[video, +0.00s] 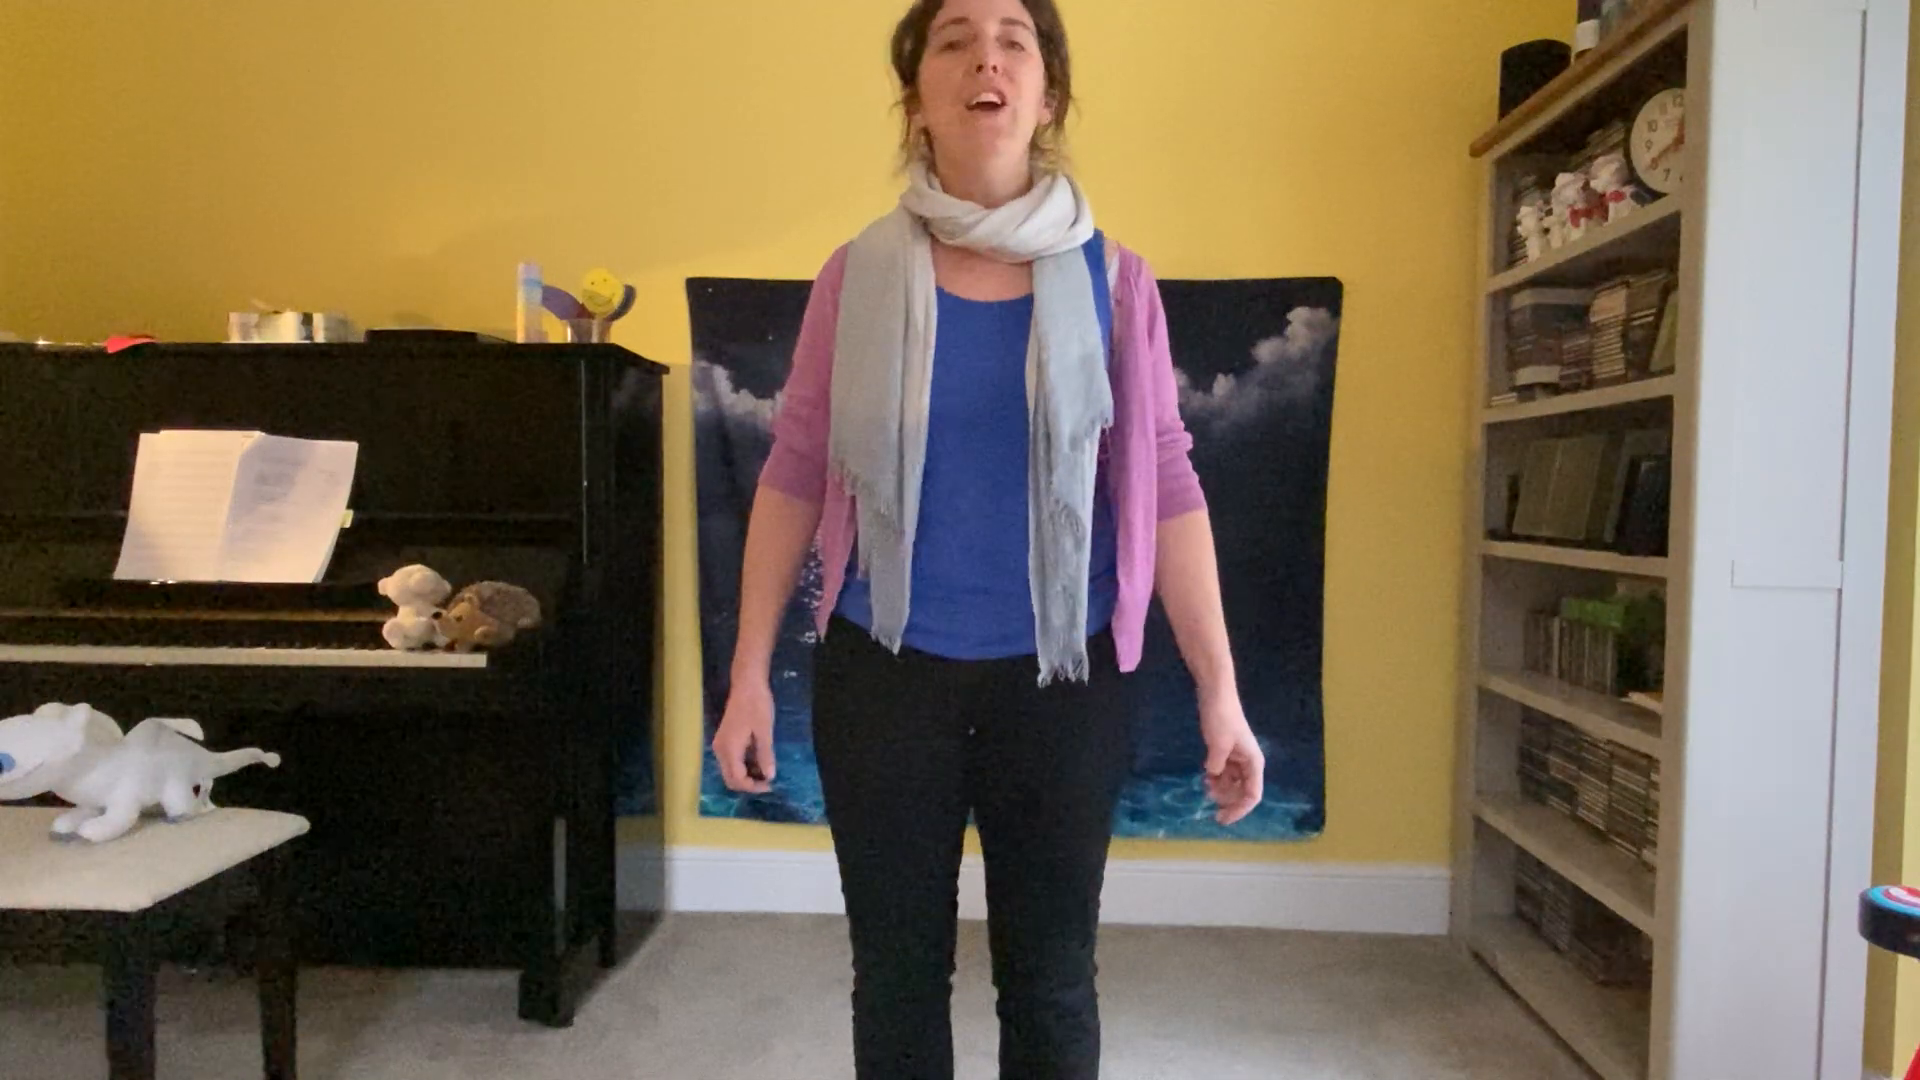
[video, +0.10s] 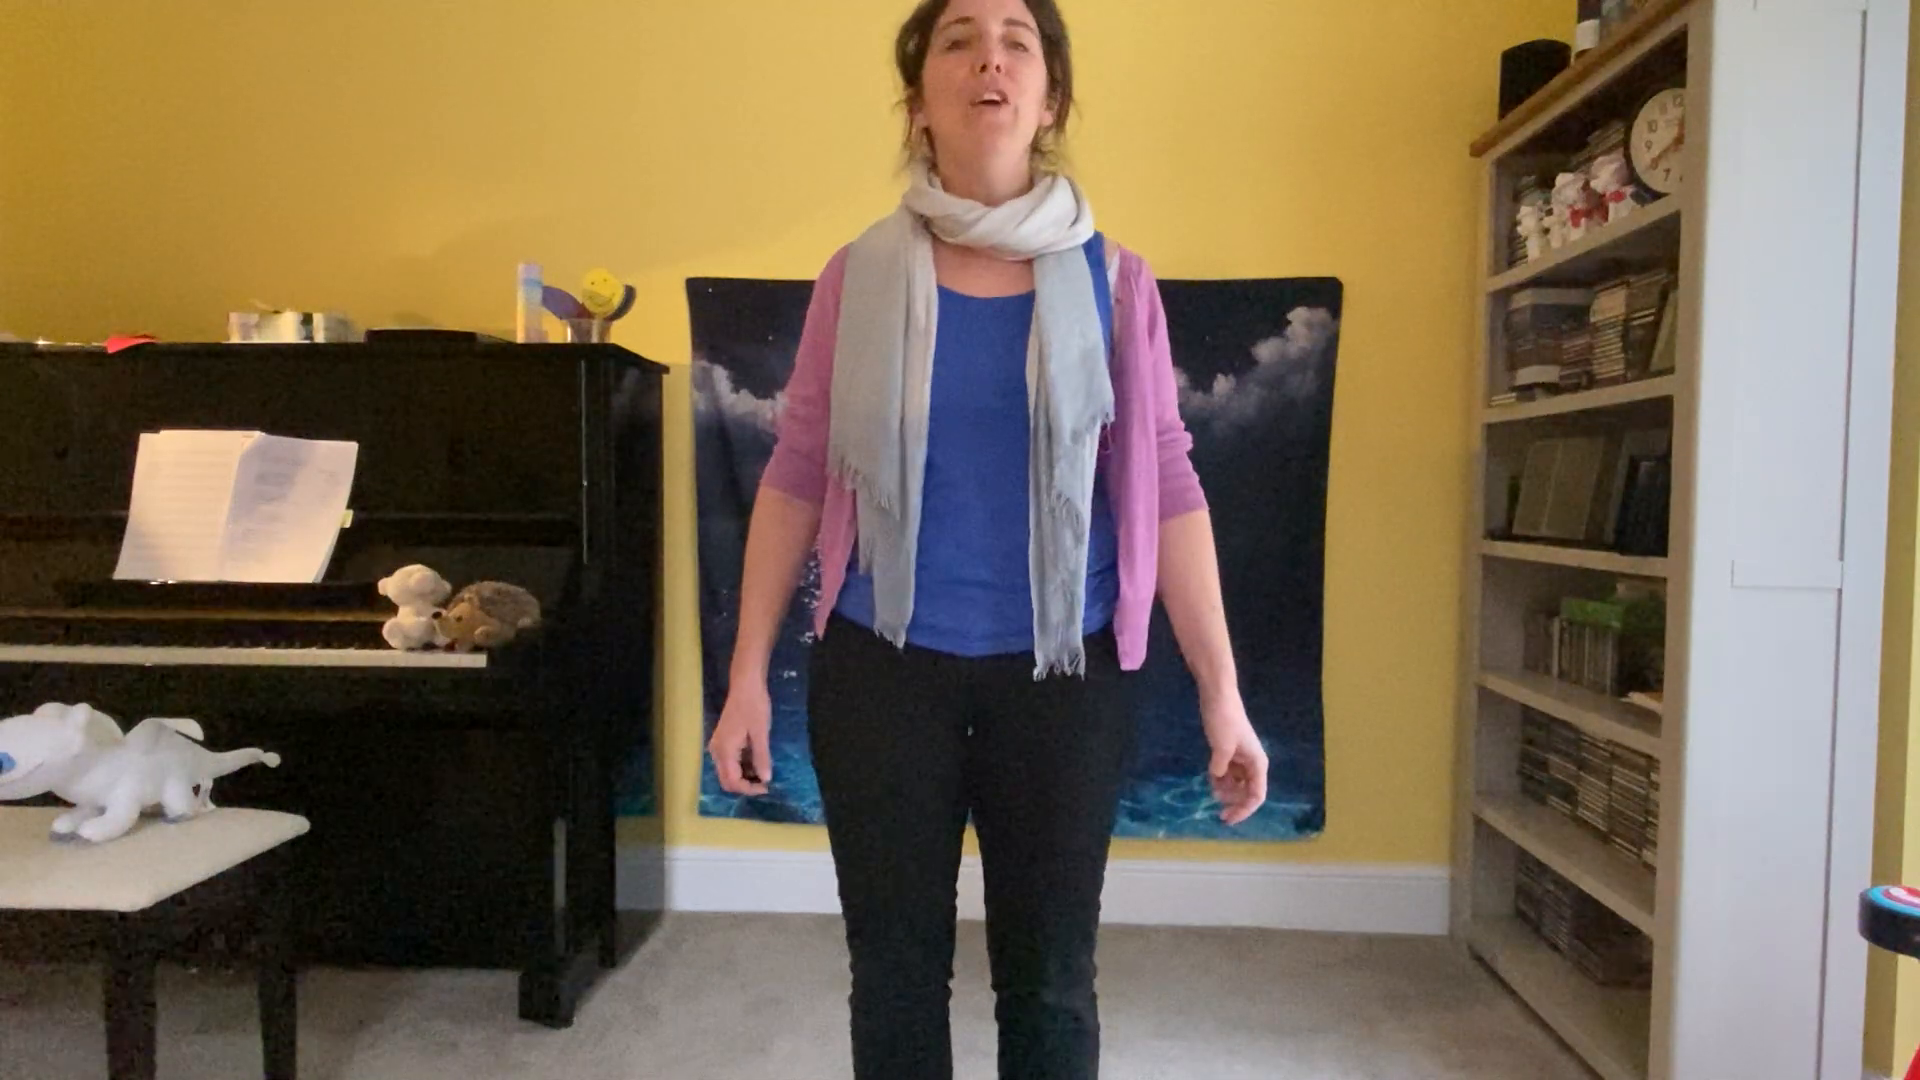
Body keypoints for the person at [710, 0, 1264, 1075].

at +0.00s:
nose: (988, 62)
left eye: (1015, 43)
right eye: (956, 44)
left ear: (1050, 89)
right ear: (914, 92)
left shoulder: (1117, 284)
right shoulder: (856, 276)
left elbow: (1169, 492)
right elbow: (793, 476)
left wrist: (1219, 690)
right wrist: (748, 670)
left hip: (1062, 688)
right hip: (883, 685)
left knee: (1051, 991)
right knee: (897, 988)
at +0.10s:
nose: (991, 61)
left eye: (1018, 42)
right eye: (960, 42)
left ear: (1052, 92)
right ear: (918, 91)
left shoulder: (1116, 285)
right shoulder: (857, 277)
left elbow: (1170, 494)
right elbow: (795, 479)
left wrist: (1222, 693)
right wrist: (746, 672)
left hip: (1062, 683)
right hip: (881, 678)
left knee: (1051, 989)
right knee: (895, 984)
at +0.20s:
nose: (994, 59)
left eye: (1022, 43)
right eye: (963, 40)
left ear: (1054, 96)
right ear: (921, 88)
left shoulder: (1118, 285)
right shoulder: (859, 276)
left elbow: (1168, 496)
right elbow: (797, 479)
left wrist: (1217, 699)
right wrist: (749, 672)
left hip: (1065, 685)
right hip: (879, 680)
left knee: (1053, 992)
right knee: (890, 994)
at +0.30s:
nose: (996, 62)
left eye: (1025, 47)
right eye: (968, 42)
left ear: (1057, 98)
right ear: (924, 87)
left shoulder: (1118, 285)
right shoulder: (859, 278)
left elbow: (1163, 499)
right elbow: (803, 484)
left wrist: (1199, 702)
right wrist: (758, 676)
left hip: (1070, 682)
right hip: (877, 675)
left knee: (1061, 989)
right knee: (879, 988)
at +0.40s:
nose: (998, 65)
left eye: (1027, 52)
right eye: (971, 46)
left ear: (1059, 104)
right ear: (927, 91)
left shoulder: (1120, 290)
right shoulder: (861, 281)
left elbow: (1156, 502)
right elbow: (810, 486)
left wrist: (1176, 703)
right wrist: (773, 683)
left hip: (1066, 681)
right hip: (877, 674)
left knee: (1067, 993)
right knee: (871, 992)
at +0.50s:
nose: (1002, 71)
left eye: (1030, 59)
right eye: (976, 51)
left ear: (1061, 111)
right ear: (930, 95)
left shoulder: (1120, 294)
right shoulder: (863, 285)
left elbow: (1154, 505)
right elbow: (814, 490)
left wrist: (1165, 704)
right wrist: (783, 686)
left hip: (1064, 681)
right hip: (880, 674)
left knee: (1065, 988)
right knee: (874, 990)